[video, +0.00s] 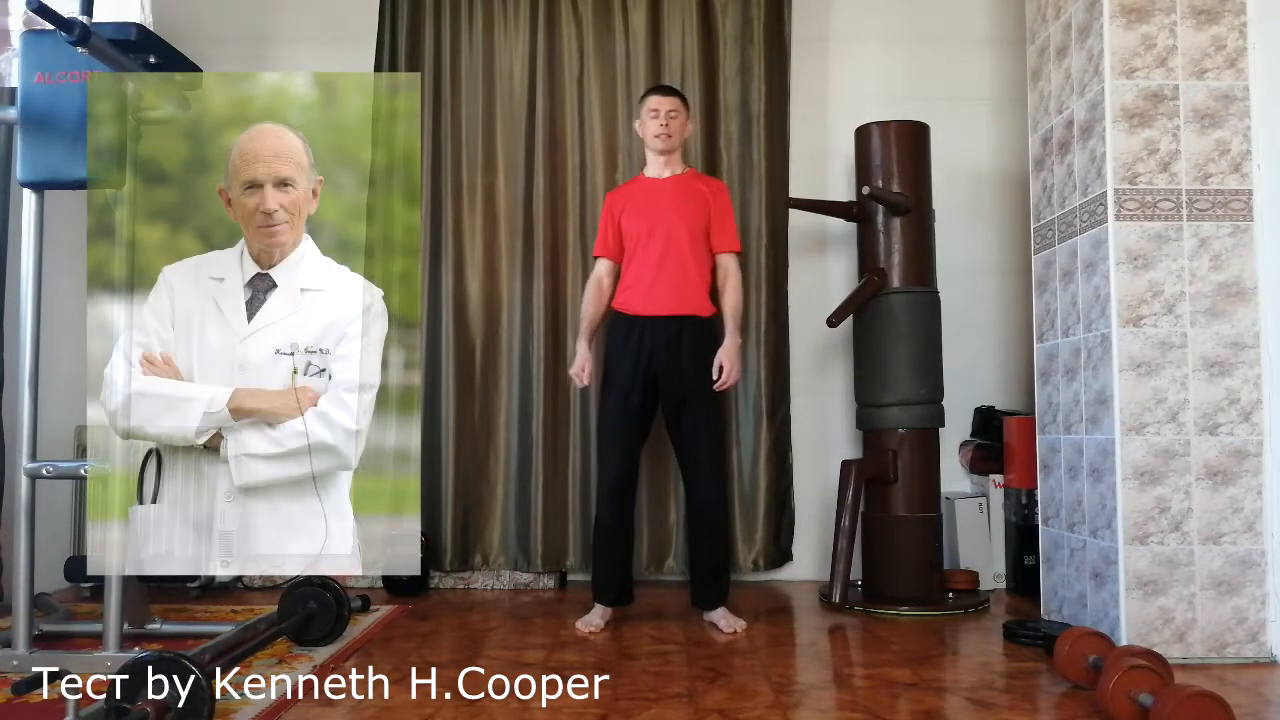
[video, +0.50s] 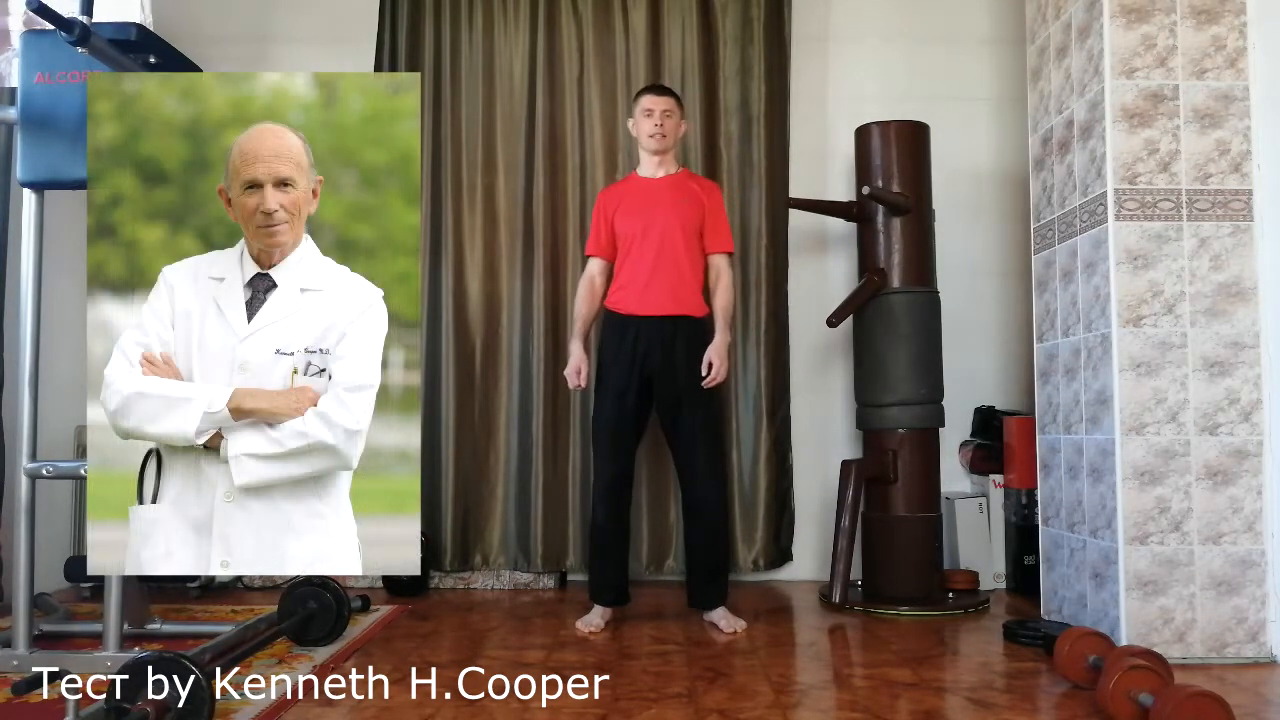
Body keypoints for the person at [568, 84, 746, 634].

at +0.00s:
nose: (663, 122)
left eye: (673, 114)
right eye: (653, 114)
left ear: (688, 127)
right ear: (638, 128)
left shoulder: (711, 191)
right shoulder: (619, 199)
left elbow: (728, 272)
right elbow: (603, 276)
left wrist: (731, 339)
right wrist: (584, 339)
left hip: (694, 340)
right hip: (628, 340)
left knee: (706, 475)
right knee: (615, 473)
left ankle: (711, 601)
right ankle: (607, 599)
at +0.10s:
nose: (660, 122)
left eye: (669, 114)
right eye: (650, 115)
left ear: (685, 127)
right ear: (635, 127)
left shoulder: (708, 191)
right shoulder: (617, 198)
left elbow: (726, 271)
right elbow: (600, 276)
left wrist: (728, 338)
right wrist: (580, 339)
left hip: (692, 339)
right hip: (626, 339)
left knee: (704, 475)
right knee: (613, 473)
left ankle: (710, 601)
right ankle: (606, 600)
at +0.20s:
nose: (658, 122)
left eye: (667, 114)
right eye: (648, 114)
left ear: (684, 127)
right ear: (633, 127)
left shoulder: (705, 191)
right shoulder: (615, 197)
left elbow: (724, 270)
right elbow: (598, 275)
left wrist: (724, 336)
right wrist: (578, 339)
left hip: (689, 339)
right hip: (624, 339)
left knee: (703, 475)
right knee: (612, 473)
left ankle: (710, 601)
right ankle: (606, 599)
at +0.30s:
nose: (657, 122)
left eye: (666, 114)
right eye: (647, 114)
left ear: (683, 127)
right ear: (632, 127)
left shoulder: (704, 192)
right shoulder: (613, 196)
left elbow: (722, 271)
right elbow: (596, 275)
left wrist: (721, 335)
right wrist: (577, 341)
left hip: (687, 339)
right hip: (622, 339)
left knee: (703, 475)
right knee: (611, 473)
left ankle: (710, 601)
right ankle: (606, 599)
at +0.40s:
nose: (657, 122)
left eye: (666, 114)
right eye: (647, 114)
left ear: (682, 127)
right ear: (632, 127)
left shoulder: (703, 192)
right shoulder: (612, 196)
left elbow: (722, 271)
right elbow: (595, 274)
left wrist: (720, 335)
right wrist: (577, 340)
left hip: (687, 339)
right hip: (622, 339)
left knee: (703, 474)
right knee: (611, 472)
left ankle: (710, 601)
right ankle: (606, 599)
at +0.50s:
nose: (657, 122)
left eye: (667, 114)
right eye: (648, 115)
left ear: (682, 127)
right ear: (632, 127)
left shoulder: (703, 192)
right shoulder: (612, 196)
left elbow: (721, 271)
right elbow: (595, 274)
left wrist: (721, 336)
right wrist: (577, 340)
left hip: (687, 339)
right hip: (622, 339)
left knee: (703, 475)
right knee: (610, 473)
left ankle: (710, 601)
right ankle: (606, 600)